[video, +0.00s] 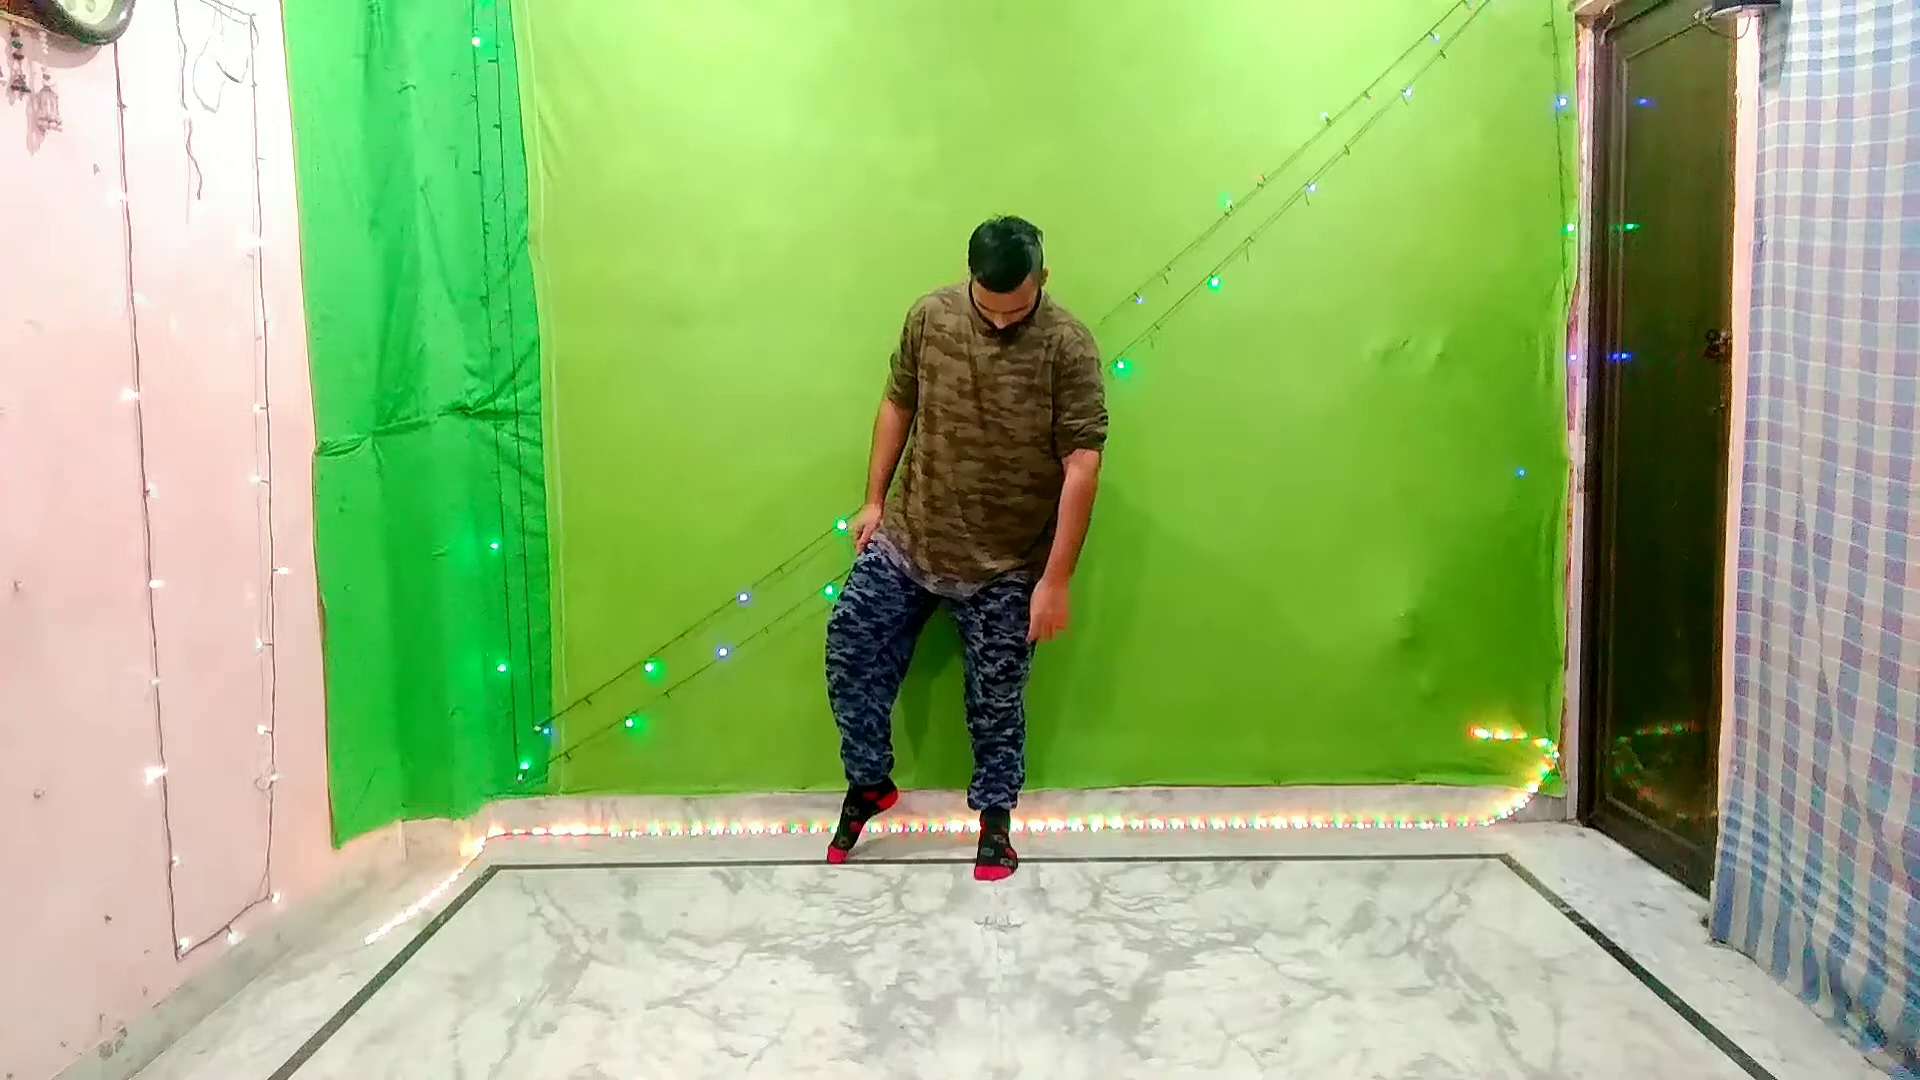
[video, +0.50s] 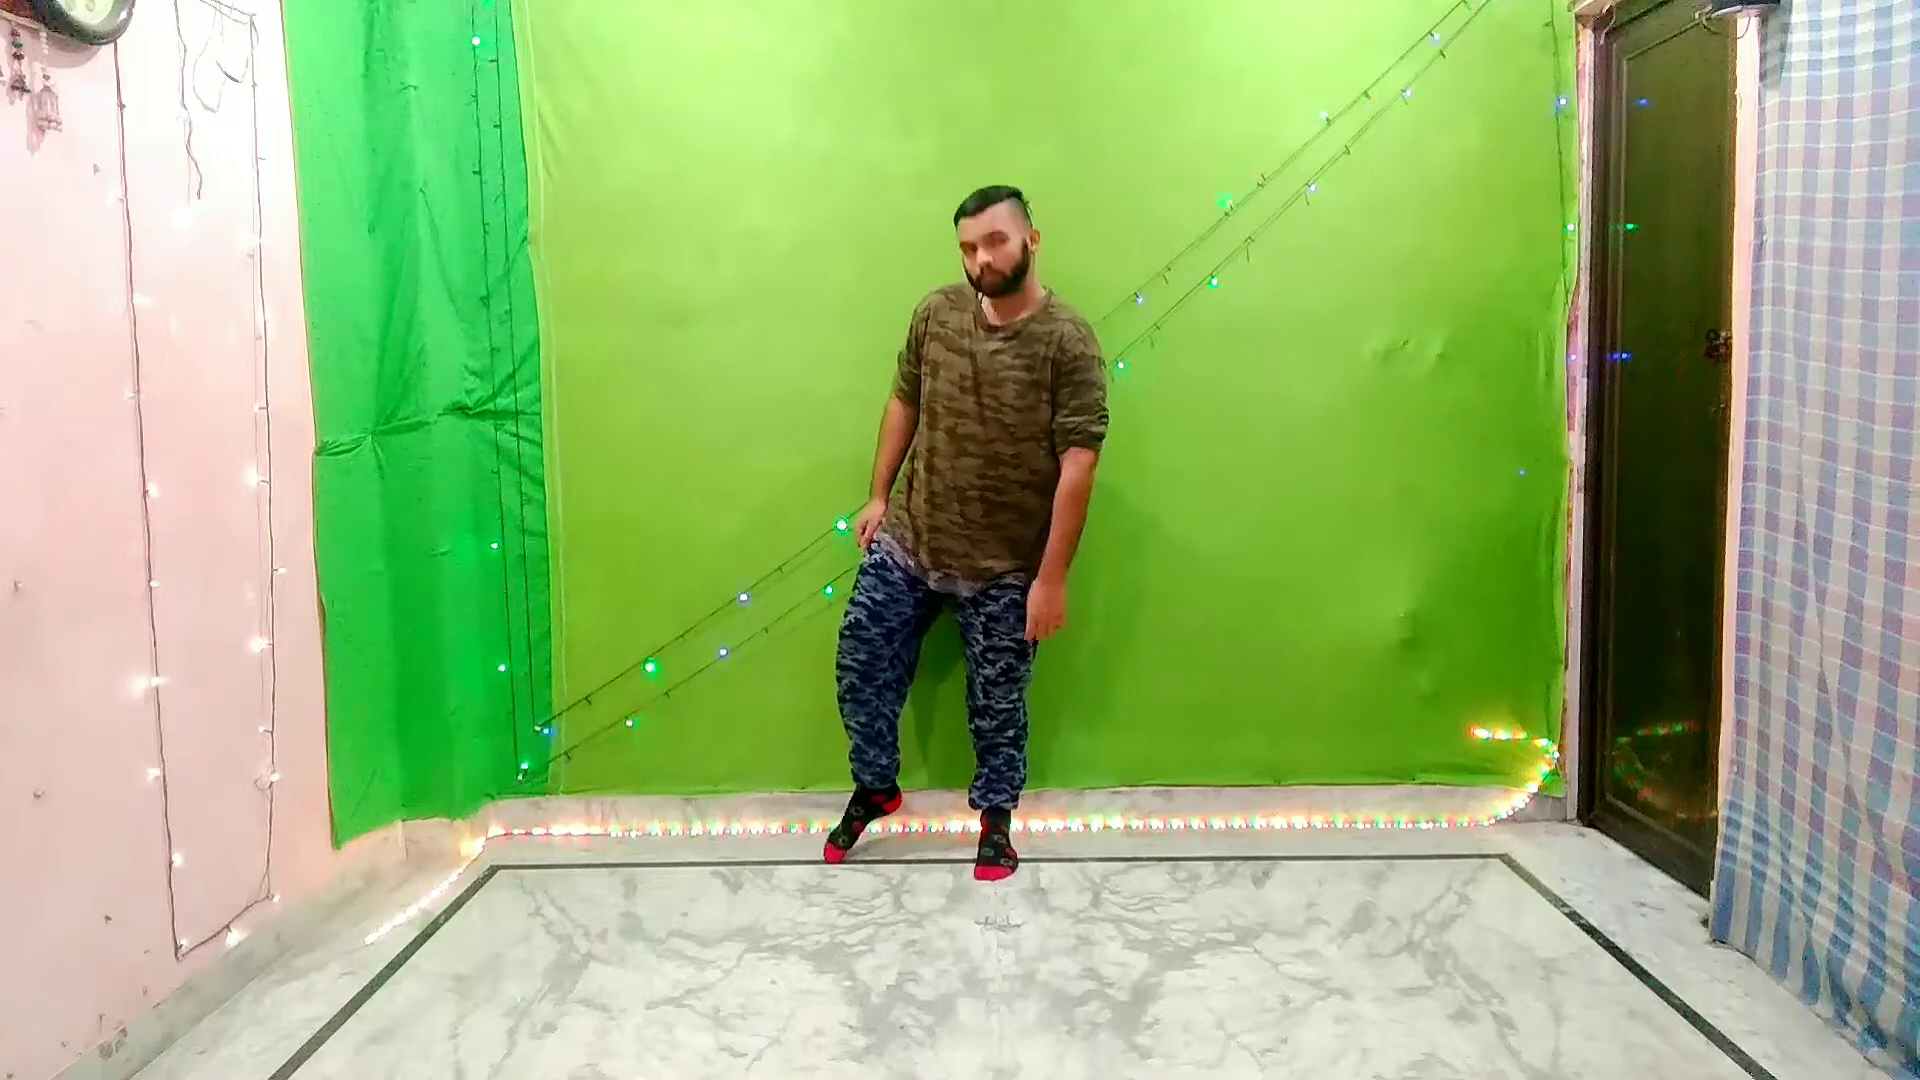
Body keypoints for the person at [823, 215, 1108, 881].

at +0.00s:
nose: (1001, 320)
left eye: (1015, 308)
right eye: (989, 308)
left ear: (1040, 277)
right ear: (970, 279)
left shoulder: (1069, 348)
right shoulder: (932, 318)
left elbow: (1082, 463)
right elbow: (899, 404)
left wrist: (1056, 578)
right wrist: (874, 496)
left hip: (1005, 557)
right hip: (910, 535)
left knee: (995, 695)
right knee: (853, 648)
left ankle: (994, 818)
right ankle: (869, 783)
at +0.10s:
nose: (1001, 318)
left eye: (1014, 306)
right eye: (988, 306)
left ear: (1040, 277)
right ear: (970, 278)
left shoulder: (1069, 347)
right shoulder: (933, 318)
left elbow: (1083, 461)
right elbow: (899, 404)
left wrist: (1057, 577)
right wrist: (875, 497)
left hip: (1006, 557)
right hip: (911, 534)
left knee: (995, 695)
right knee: (854, 644)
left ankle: (994, 819)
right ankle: (869, 783)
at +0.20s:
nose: (997, 315)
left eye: (1011, 301)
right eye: (985, 300)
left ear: (1040, 277)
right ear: (968, 277)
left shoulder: (1069, 348)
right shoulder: (933, 319)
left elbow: (1083, 461)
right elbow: (900, 404)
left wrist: (1058, 577)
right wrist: (876, 496)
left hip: (1007, 555)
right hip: (913, 533)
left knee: (995, 695)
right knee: (854, 646)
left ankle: (995, 818)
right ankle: (869, 783)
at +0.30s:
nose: (987, 289)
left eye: (1002, 272)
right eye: (976, 272)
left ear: (1036, 262)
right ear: (963, 263)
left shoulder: (1068, 348)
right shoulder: (934, 318)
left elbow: (1085, 464)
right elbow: (901, 405)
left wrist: (1057, 581)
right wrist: (877, 498)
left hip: (1007, 559)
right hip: (914, 536)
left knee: (996, 696)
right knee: (857, 643)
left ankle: (995, 819)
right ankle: (870, 783)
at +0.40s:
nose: (982, 275)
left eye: (997, 259)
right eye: (971, 261)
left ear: (1034, 252)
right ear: (960, 257)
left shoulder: (1069, 346)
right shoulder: (935, 317)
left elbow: (1084, 468)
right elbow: (902, 405)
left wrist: (1056, 582)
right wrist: (877, 497)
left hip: (1006, 557)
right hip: (914, 535)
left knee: (996, 696)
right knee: (858, 650)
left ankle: (995, 819)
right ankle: (871, 785)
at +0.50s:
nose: (981, 260)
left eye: (995, 243)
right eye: (969, 248)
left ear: (1031, 239)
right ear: (960, 252)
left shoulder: (1068, 341)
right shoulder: (937, 313)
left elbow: (1078, 464)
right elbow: (905, 403)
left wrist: (1050, 578)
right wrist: (878, 494)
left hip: (1004, 557)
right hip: (912, 536)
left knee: (996, 696)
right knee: (864, 654)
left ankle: (995, 819)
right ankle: (874, 788)